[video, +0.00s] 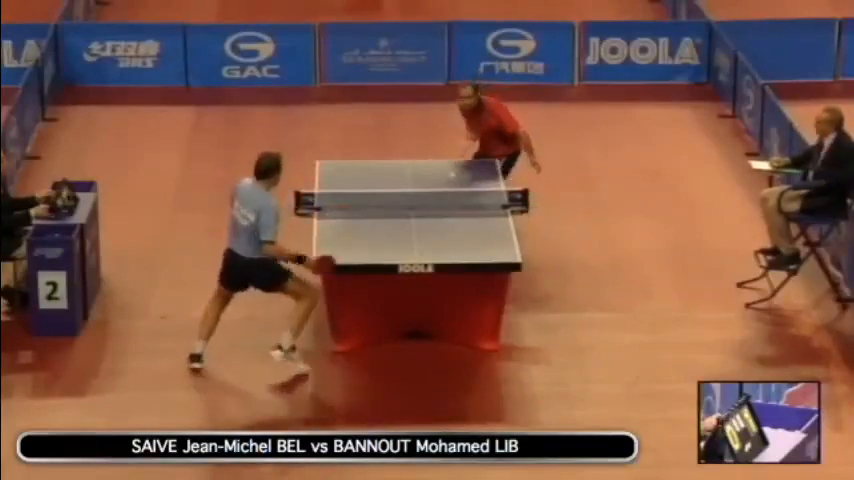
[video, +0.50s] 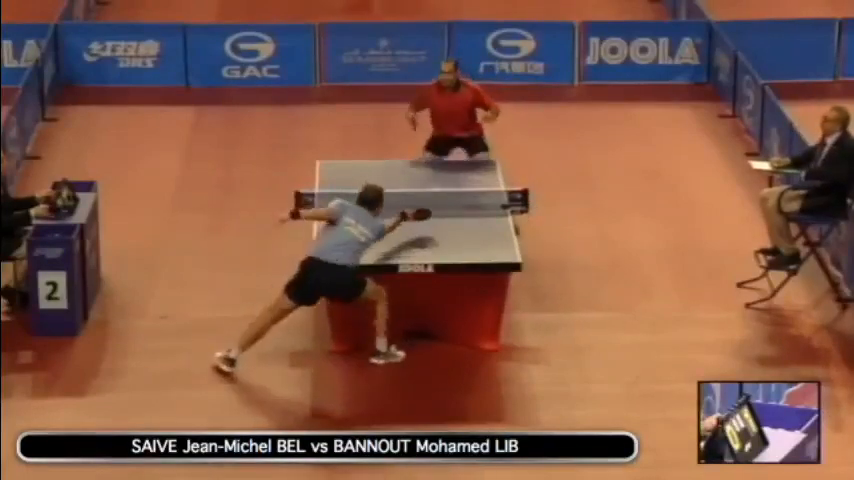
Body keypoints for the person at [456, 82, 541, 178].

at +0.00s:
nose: (464, 102)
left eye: (468, 98)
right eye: (462, 98)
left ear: (477, 96)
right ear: (459, 98)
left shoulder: (494, 108)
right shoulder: (465, 108)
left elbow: (521, 133)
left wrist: (532, 158)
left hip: (507, 150)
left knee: (491, 183)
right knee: (471, 178)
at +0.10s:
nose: (461, 96)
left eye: (465, 91)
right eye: (458, 91)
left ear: (473, 89)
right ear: (455, 91)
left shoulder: (491, 104)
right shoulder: (456, 104)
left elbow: (519, 126)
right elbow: (458, 125)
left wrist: (532, 147)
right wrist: (454, 129)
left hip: (499, 148)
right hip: (478, 144)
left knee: (489, 182)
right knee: (460, 174)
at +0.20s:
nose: (455, 89)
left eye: (458, 85)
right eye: (452, 85)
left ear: (466, 85)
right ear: (447, 86)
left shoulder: (480, 97)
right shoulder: (444, 98)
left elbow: (506, 114)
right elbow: (435, 112)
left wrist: (520, 135)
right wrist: (435, 125)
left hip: (486, 139)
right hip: (463, 138)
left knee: (485, 171)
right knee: (446, 168)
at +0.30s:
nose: (452, 89)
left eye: (456, 85)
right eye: (449, 85)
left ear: (463, 85)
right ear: (445, 86)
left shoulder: (478, 98)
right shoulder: (438, 99)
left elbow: (498, 116)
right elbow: (425, 112)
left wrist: (508, 132)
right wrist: (426, 125)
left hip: (477, 143)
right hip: (452, 143)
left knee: (479, 172)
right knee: (435, 167)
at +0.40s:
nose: (447, 81)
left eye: (451, 77)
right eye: (444, 77)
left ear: (460, 77)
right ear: (440, 78)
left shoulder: (473, 93)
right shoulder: (434, 94)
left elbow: (496, 111)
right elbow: (415, 109)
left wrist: (496, 119)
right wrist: (414, 117)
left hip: (471, 141)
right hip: (444, 141)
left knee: (484, 170)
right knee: (427, 168)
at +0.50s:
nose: (445, 77)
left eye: (449, 73)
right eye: (442, 73)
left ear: (457, 74)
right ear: (439, 74)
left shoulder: (471, 91)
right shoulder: (432, 92)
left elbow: (493, 108)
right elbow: (413, 107)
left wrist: (491, 115)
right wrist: (411, 116)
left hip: (470, 136)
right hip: (443, 136)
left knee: (483, 163)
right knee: (428, 163)